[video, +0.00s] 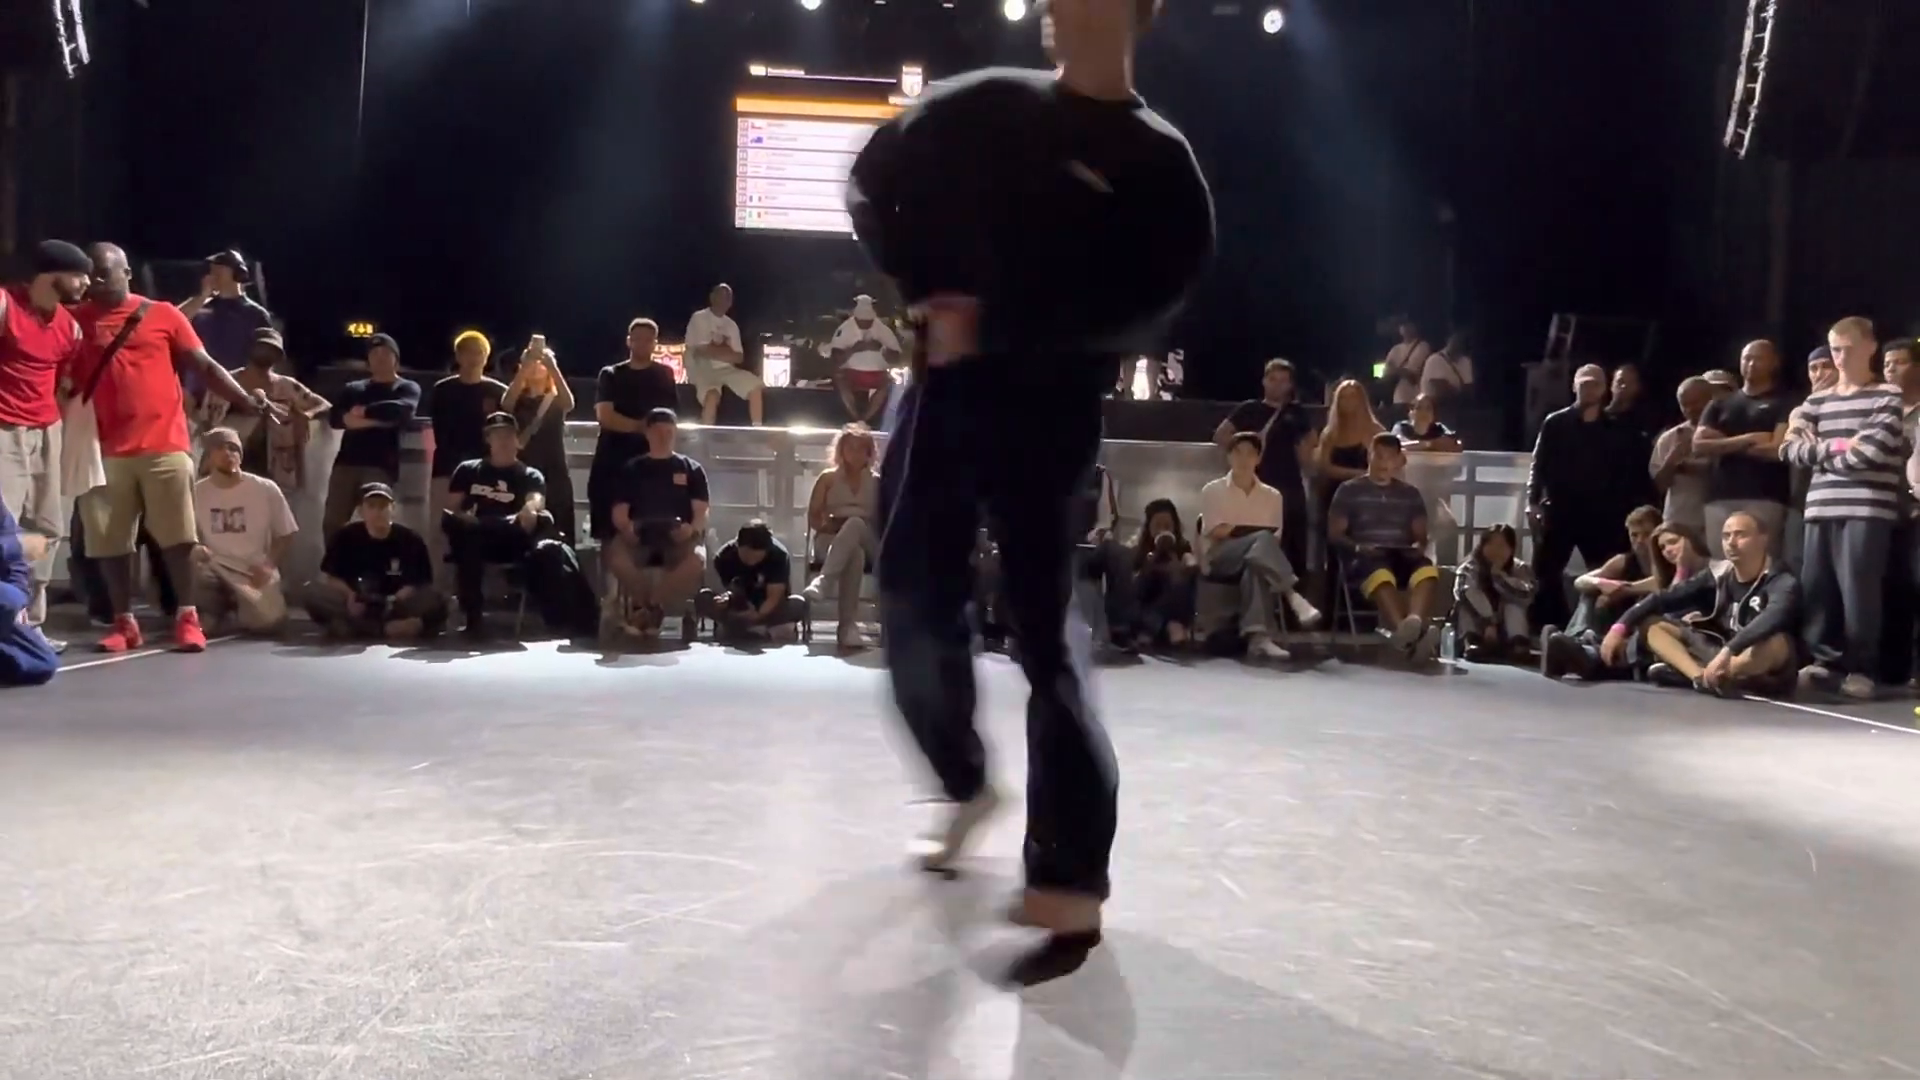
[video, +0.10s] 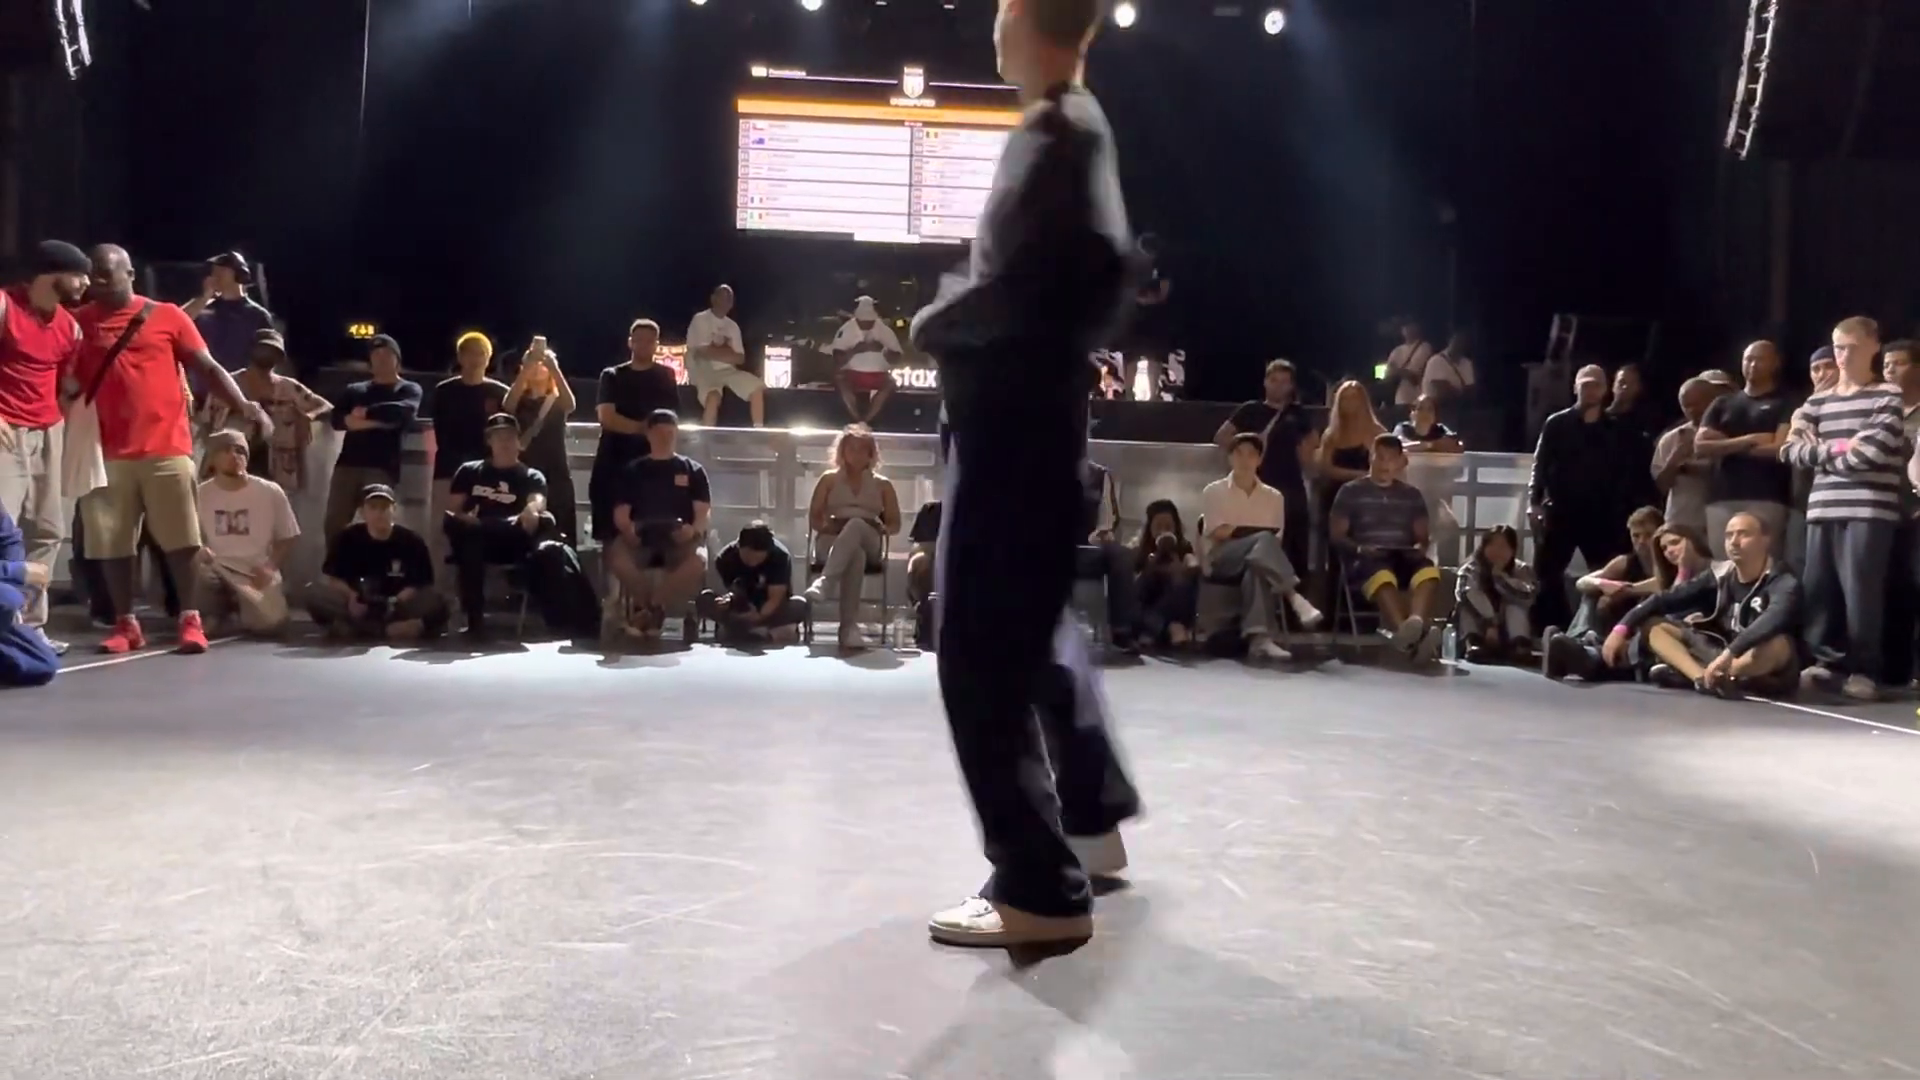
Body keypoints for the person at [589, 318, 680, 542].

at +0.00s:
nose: (643, 345)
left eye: (648, 340)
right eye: (638, 339)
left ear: (655, 344)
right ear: (628, 341)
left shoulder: (664, 374)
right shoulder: (610, 374)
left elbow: (667, 422)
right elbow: (605, 417)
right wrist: (643, 426)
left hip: (650, 462)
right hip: (612, 460)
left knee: (650, 529)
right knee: (609, 532)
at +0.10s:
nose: (644, 346)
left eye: (650, 341)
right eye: (639, 340)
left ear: (656, 345)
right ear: (630, 342)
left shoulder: (665, 375)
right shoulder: (611, 375)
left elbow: (669, 423)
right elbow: (606, 418)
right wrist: (645, 428)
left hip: (651, 463)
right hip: (613, 461)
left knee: (651, 531)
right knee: (611, 533)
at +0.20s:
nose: (645, 344)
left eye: (650, 340)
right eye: (640, 339)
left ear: (657, 343)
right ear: (630, 341)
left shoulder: (666, 374)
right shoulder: (611, 374)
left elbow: (669, 421)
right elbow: (606, 417)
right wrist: (645, 427)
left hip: (651, 462)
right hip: (613, 460)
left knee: (651, 529)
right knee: (611, 532)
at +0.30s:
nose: (645, 342)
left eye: (651, 338)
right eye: (640, 337)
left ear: (657, 341)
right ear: (630, 339)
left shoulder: (666, 372)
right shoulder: (612, 372)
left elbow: (670, 419)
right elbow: (607, 415)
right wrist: (645, 425)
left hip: (652, 459)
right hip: (614, 458)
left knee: (652, 527)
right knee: (611, 530)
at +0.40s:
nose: (647, 341)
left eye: (652, 336)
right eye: (642, 335)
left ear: (659, 341)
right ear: (632, 339)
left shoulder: (668, 372)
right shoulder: (615, 372)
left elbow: (672, 420)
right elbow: (609, 415)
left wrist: (622, 416)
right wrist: (648, 425)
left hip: (654, 460)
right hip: (616, 459)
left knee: (655, 528)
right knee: (613, 531)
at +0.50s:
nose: (648, 341)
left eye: (654, 337)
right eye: (643, 336)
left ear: (661, 341)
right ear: (634, 339)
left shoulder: (669, 372)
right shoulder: (616, 372)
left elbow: (673, 420)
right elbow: (610, 415)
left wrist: (623, 417)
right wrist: (649, 425)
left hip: (656, 460)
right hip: (618, 458)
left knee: (656, 529)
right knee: (615, 530)